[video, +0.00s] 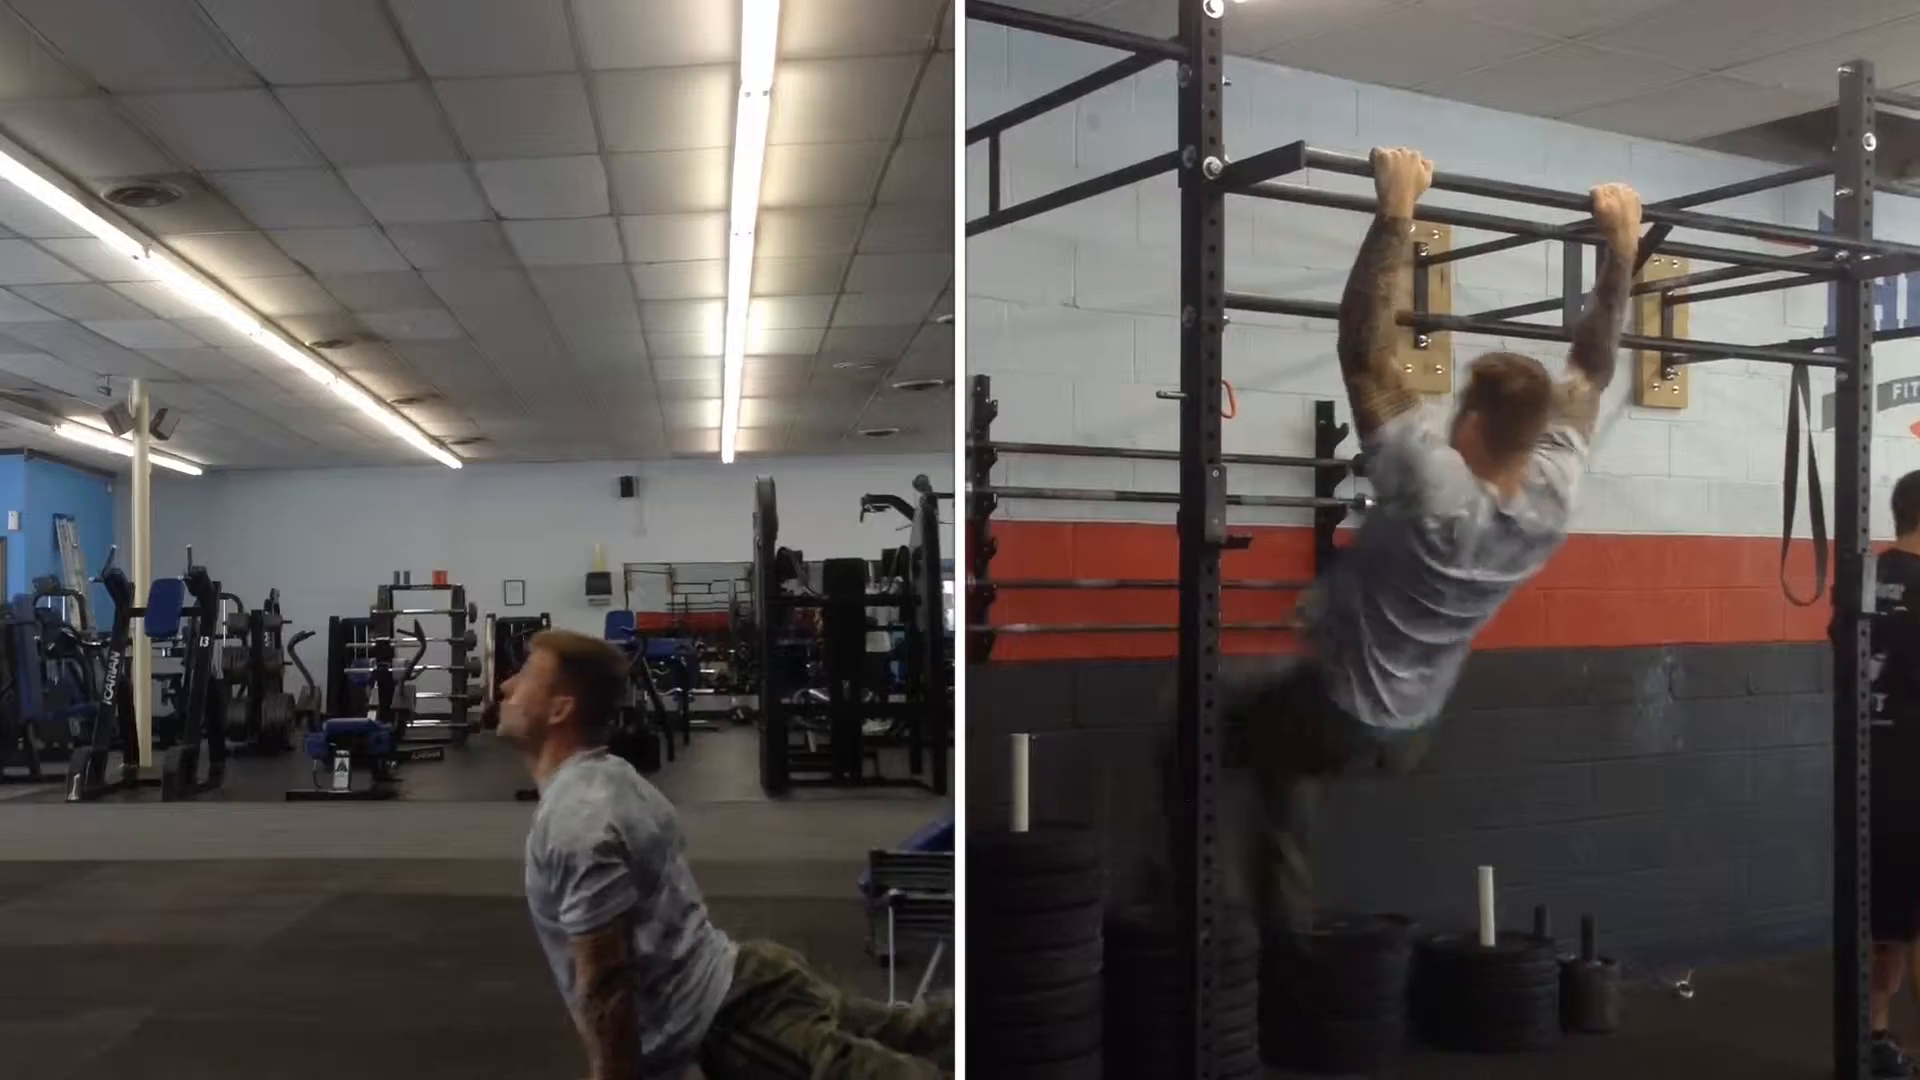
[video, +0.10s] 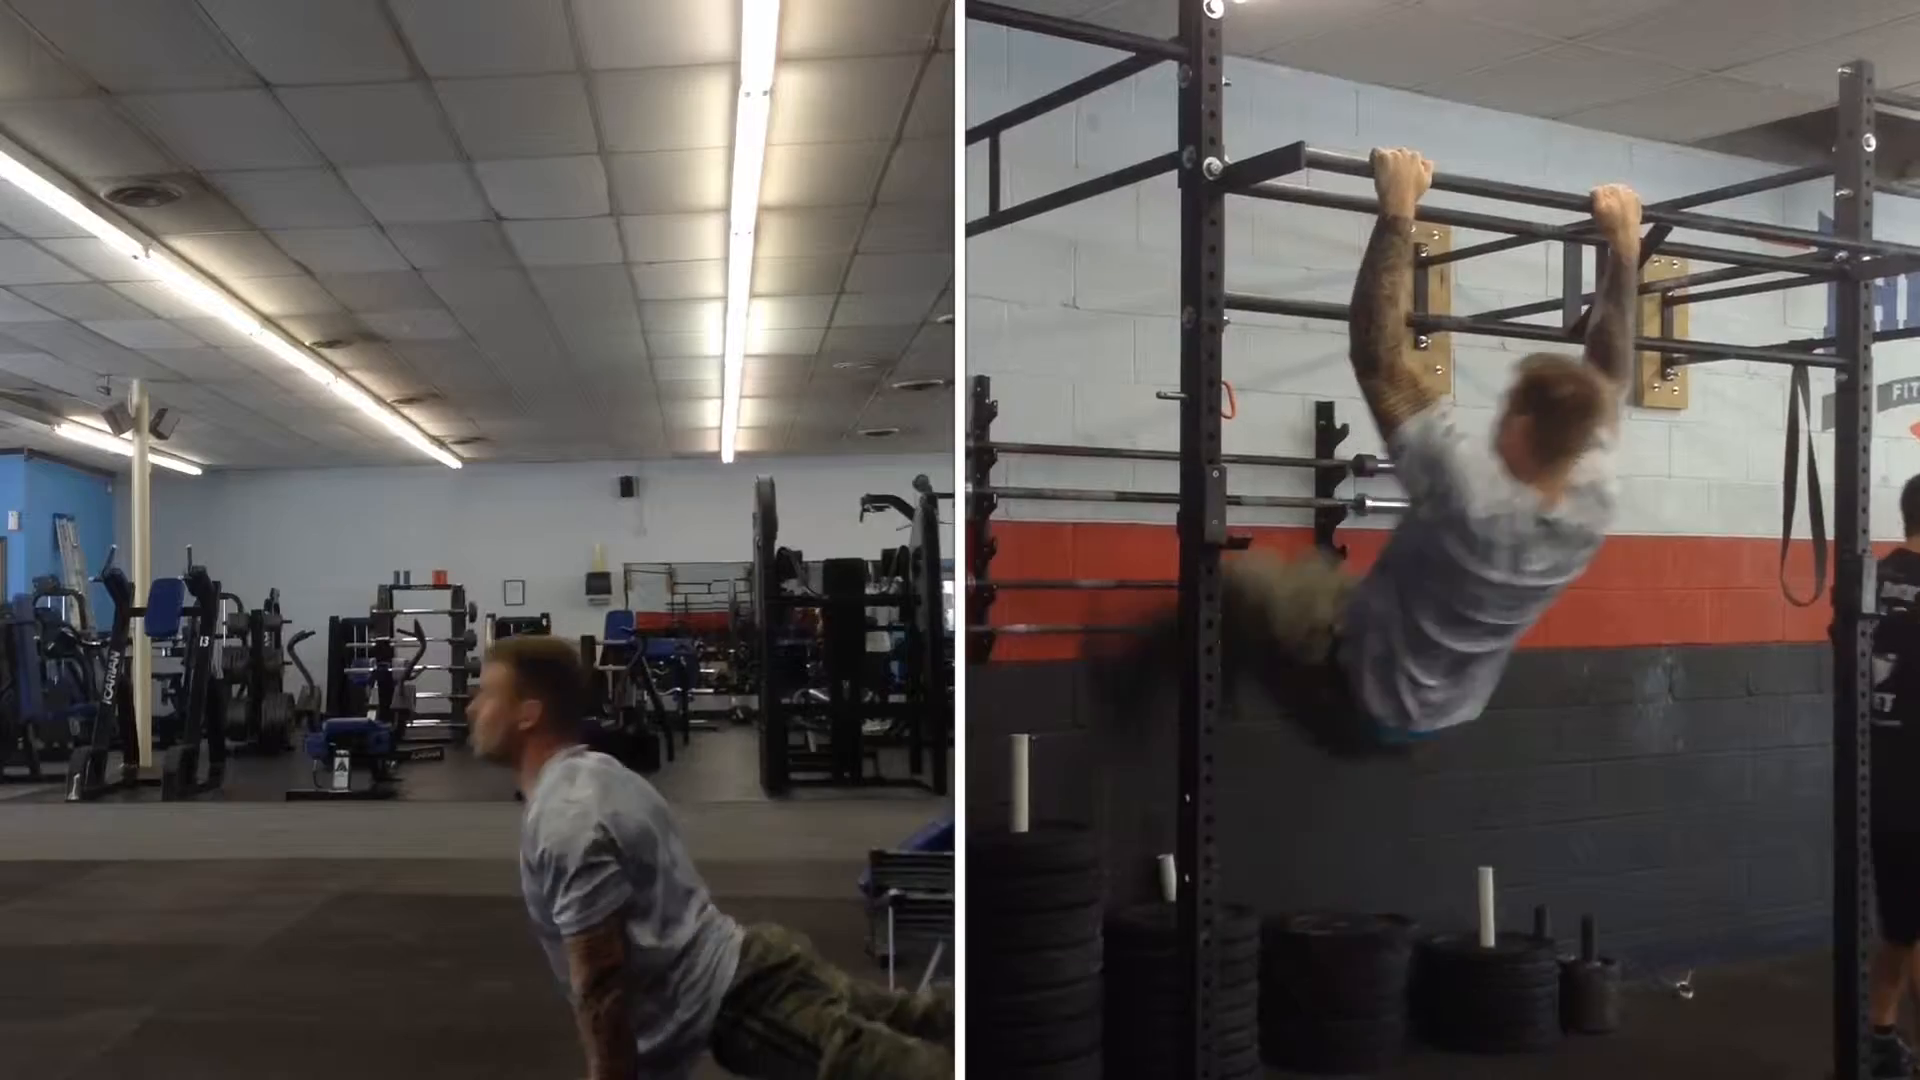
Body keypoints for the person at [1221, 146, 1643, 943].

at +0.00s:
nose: (1455, 419)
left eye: (1462, 410)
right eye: (1465, 408)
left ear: (1470, 426)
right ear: (1538, 439)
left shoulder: (1429, 488)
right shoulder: (1545, 509)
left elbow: (1366, 353)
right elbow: (1590, 376)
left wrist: (1394, 218)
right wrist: (1621, 259)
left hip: (1338, 713)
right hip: (1409, 719)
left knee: (1200, 714)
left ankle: (1192, 902)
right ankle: (1285, 922)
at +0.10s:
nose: (1500, 418)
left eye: (1509, 408)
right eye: (1510, 407)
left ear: (1521, 430)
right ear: (1583, 435)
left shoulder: (1468, 495)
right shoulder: (1592, 508)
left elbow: (1379, 361)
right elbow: (1606, 380)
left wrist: (1396, 214)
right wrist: (1625, 253)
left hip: (1367, 707)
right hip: (1447, 709)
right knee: (1311, 574)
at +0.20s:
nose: (1560, 373)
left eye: (1568, 363)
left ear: (1572, 379)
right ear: (1643, 401)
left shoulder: (1511, 451)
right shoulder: (1653, 487)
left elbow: (1406, 353)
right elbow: (1636, 375)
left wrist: (1402, 211)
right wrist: (1635, 257)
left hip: (1397, 592)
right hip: (1464, 639)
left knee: (1241, 493)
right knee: (1320, 539)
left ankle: (1122, 547)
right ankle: (1216, 577)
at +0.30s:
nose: (1600, 271)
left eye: (1608, 260)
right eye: (1608, 255)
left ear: (1617, 276)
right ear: (1683, 295)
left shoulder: (1556, 354)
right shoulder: (1698, 392)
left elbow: (1403, 320)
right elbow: (1657, 323)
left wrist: (1402, 203)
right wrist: (1630, 238)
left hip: (1441, 469)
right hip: (1504, 512)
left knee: (1253, 442)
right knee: (1344, 473)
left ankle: (1133, 556)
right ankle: (1247, 574)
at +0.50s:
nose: (1533, 15)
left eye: (1536, 10)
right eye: (1537, 11)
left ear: (1556, 5)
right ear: (1623, 8)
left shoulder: (1547, 51)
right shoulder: (1704, 100)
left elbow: (1490, 162)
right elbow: (1754, 240)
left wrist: (1407, 158)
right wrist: (1667, 187)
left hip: (1492, 346)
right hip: (1572, 384)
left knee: (1331, 408)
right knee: (1398, 453)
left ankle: (1255, 577)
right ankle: (1306, 564)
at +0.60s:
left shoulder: (1515, 11)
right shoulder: (1662, 34)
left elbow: (1477, 69)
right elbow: (1757, 132)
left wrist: (1399, 133)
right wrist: (1657, 158)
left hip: (1530, 307)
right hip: (1620, 335)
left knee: (1386, 430)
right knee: (1449, 470)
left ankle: (1298, 605)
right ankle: (1327, 576)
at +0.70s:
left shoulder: (1473, 11)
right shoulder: (1606, 20)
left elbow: (1446, 12)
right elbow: (1724, 69)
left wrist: (1394, 124)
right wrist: (1659, 158)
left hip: (1572, 254)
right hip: (1665, 273)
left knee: (1448, 426)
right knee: (1530, 456)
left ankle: (1359, 631)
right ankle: (1424, 588)